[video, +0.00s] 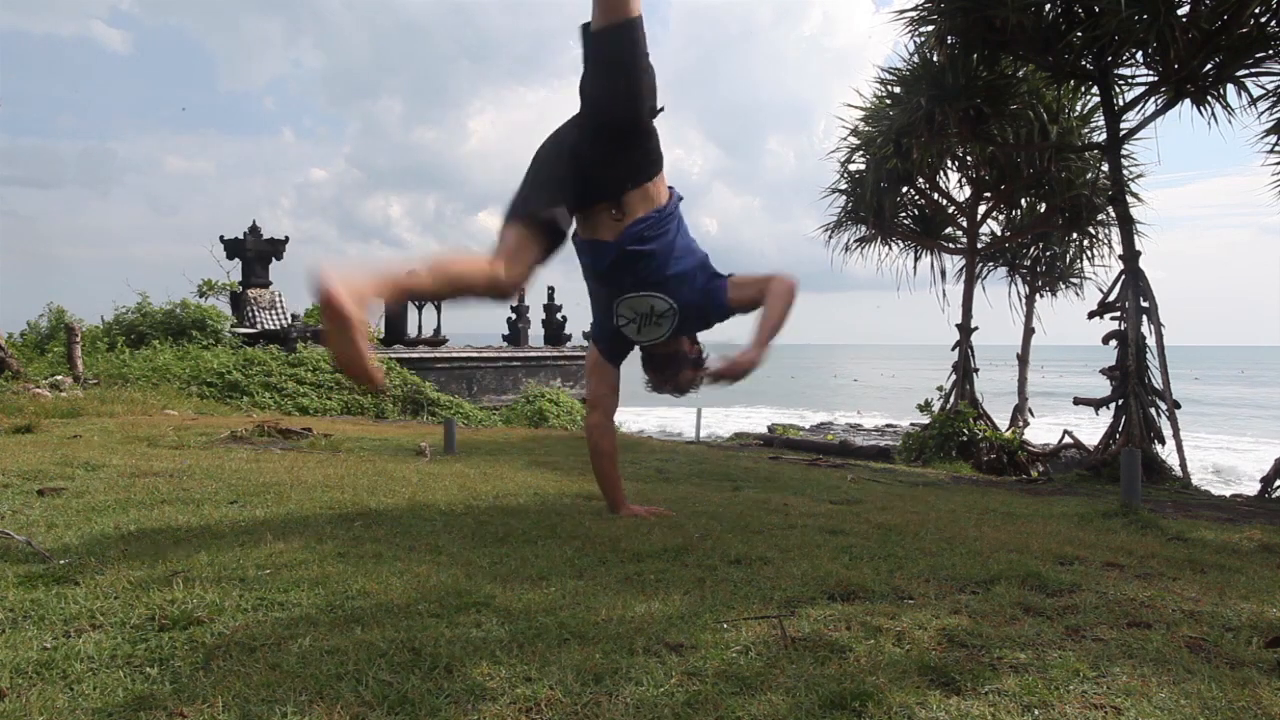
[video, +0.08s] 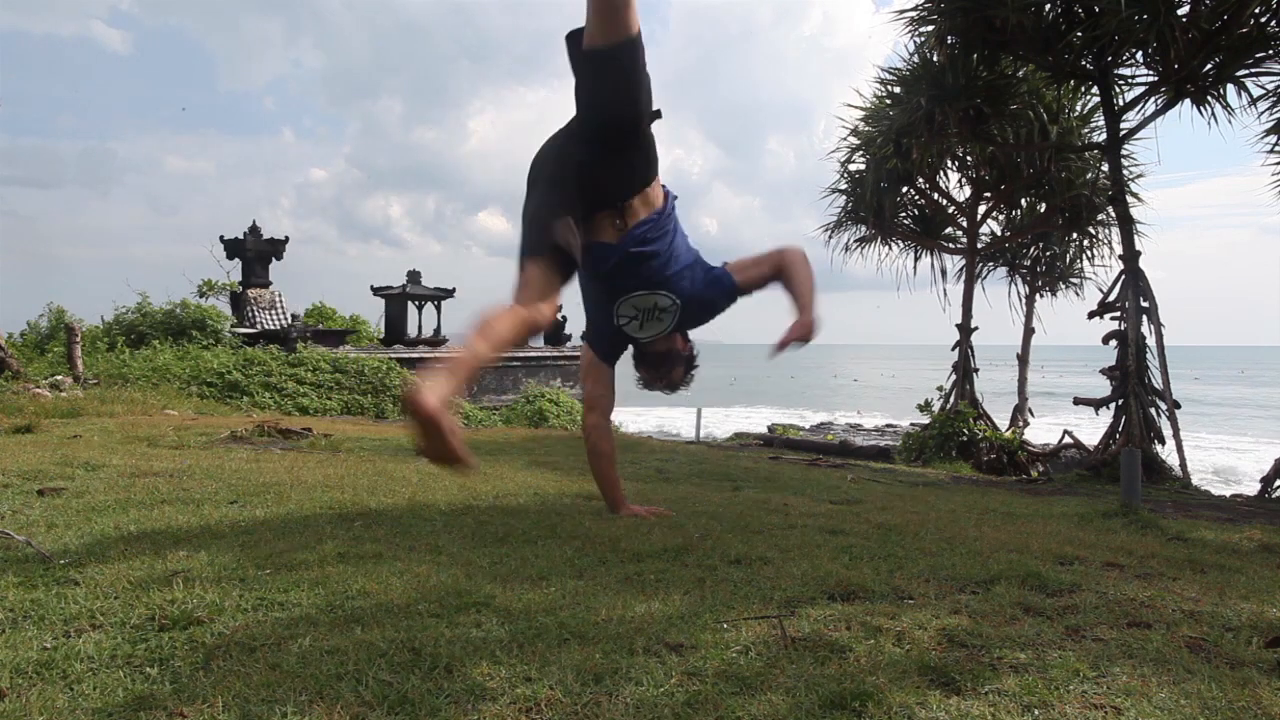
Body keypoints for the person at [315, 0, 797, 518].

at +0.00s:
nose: (666, 379)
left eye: (668, 384)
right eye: (679, 382)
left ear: (657, 360)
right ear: (694, 350)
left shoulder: (611, 334)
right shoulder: (701, 298)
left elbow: (599, 424)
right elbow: (783, 285)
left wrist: (619, 506)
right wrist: (756, 351)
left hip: (562, 166)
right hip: (628, 141)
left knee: (505, 274)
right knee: (618, 7)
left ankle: (356, 289)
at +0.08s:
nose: (651, 374)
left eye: (654, 378)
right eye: (664, 377)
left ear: (647, 357)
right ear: (685, 349)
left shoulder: (604, 335)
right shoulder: (704, 294)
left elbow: (597, 417)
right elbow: (788, 256)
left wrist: (617, 505)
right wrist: (806, 311)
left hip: (555, 169)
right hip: (619, 148)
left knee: (533, 306)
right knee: (612, 2)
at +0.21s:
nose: (640, 374)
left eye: (642, 376)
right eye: (648, 374)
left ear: (632, 348)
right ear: (665, 341)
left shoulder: (593, 339)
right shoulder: (672, 289)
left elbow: (595, 421)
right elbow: (740, 213)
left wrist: (616, 502)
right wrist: (806, 239)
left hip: (552, 185)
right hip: (621, 172)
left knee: (573, 346)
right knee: (615, 102)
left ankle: (580, 502)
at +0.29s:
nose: (647, 313)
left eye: (639, 318)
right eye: (651, 316)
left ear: (617, 318)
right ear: (650, 311)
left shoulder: (586, 305)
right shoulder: (648, 262)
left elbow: (594, 396)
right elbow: (693, 165)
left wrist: (617, 501)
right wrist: (764, 196)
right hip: (626, 152)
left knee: (579, 365)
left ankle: (596, 525)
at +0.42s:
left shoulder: (556, 269)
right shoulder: (630, 184)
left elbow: (589, 380)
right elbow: (669, 120)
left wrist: (631, 466)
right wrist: (727, 171)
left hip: (534, 195)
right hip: (605, 170)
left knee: (571, 371)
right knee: (662, 334)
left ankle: (596, 527)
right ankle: (655, 452)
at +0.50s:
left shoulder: (526, 199)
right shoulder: (624, 140)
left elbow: (540, 311)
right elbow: (671, 97)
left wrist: (596, 394)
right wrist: (703, 177)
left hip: (548, 183)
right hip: (627, 167)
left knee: (569, 367)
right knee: (659, 338)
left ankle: (596, 528)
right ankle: (686, 503)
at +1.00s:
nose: (409, 48)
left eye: (406, 33)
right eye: (398, 41)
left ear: (435, 5)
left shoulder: (503, 14)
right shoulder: (475, 67)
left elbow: (534, 69)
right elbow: (526, 157)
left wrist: (425, 108)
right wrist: (473, 209)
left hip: (591, 185)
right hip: (547, 195)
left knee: (555, 347)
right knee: (480, 335)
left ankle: (593, 501)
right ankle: (478, 481)